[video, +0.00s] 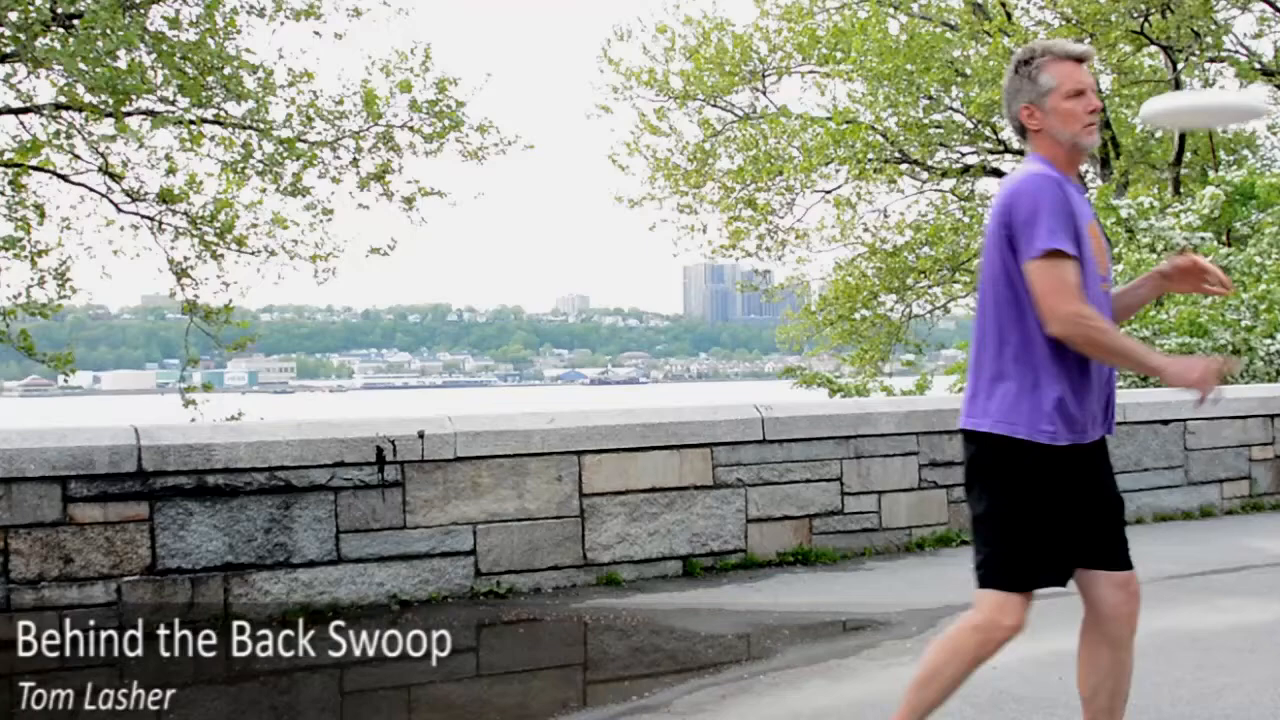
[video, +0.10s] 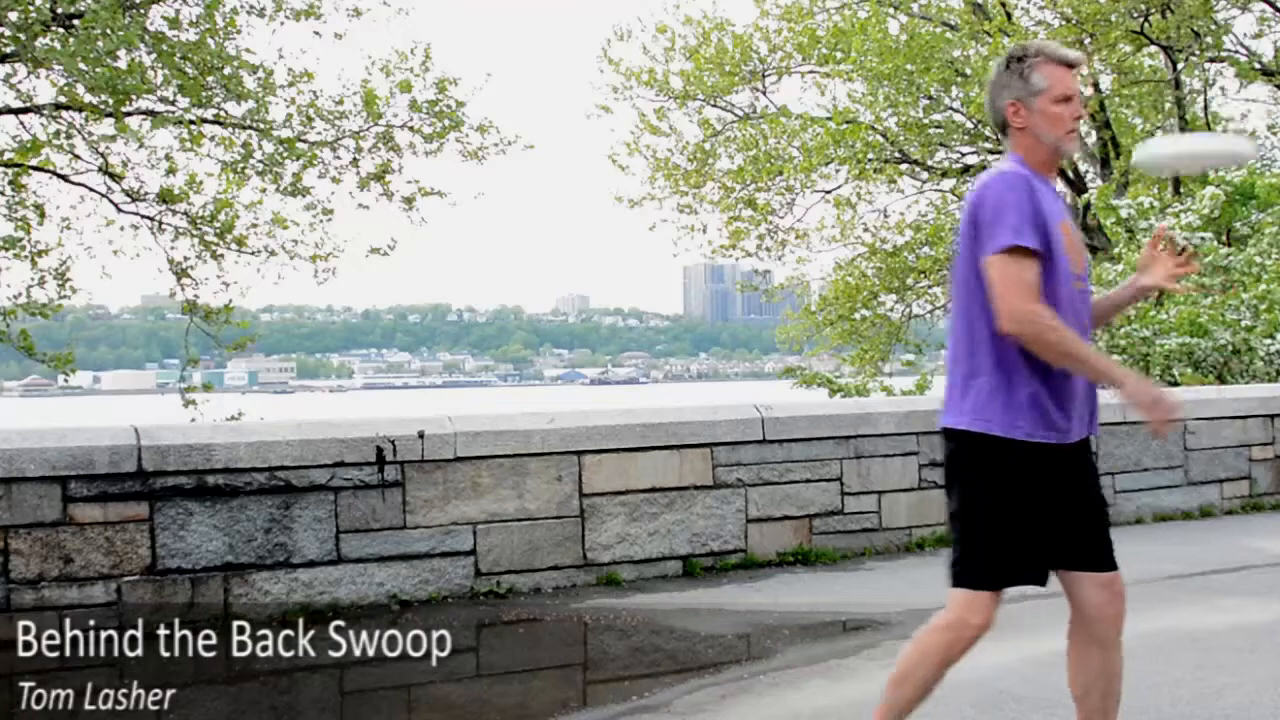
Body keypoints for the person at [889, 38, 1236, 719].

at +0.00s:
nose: (1094, 105)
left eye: (1093, 92)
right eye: (1075, 95)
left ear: (1094, 102)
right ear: (1032, 117)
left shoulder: (1070, 194)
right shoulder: (1034, 188)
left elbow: (1092, 314)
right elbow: (1063, 317)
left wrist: (1157, 281)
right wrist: (1168, 368)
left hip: (1075, 438)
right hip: (1013, 436)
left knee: (1115, 601)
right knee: (999, 614)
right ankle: (902, 714)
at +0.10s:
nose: (1080, 114)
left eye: (1080, 101)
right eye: (1064, 102)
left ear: (1038, 114)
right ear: (1018, 114)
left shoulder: (1051, 198)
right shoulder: (1005, 187)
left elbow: (1067, 321)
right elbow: (1016, 314)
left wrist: (1138, 283)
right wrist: (1127, 381)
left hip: (1057, 438)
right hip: (992, 436)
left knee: (1101, 603)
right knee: (969, 614)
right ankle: (882, 716)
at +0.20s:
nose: (1051, 133)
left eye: (1053, 119)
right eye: (1039, 118)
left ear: (1014, 123)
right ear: (993, 119)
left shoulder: (1014, 215)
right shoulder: (956, 192)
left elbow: (1032, 341)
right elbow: (939, 315)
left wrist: (1124, 308)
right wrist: (1039, 400)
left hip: (1017, 444)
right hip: (944, 444)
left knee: (1081, 604)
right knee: (916, 622)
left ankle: (1095, 719)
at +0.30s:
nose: (1020, 156)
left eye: (1023, 142)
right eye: (1011, 139)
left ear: (986, 143)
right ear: (966, 136)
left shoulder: (987, 237)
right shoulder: (907, 208)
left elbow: (990, 362)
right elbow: (869, 323)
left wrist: (1100, 375)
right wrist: (949, 425)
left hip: (986, 451)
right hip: (897, 454)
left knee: (1073, 594)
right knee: (887, 637)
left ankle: (1088, 718)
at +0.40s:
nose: (1002, 173)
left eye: (1005, 159)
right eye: (993, 157)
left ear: (960, 156)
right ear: (947, 152)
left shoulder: (968, 254)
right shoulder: (882, 218)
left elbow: (973, 376)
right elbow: (826, 328)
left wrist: (1070, 430)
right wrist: (865, 444)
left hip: (953, 445)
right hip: (869, 454)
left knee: (1060, 560)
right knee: (877, 638)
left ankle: (1061, 716)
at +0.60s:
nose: (978, 211)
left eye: (984, 198)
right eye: (972, 193)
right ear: (925, 175)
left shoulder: (941, 272)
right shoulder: (854, 230)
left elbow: (945, 387)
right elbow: (785, 339)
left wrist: (1000, 491)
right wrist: (757, 453)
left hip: (908, 439)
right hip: (828, 457)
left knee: (1040, 475)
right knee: (848, 643)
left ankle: (1103, 681)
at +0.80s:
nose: (919, 187)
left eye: (931, 174)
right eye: (907, 169)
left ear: (941, 175)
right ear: (871, 160)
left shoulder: (931, 261)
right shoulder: (814, 230)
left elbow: (915, 368)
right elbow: (757, 338)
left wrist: (936, 448)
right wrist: (742, 449)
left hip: (909, 438)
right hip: (826, 454)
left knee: (1041, 477)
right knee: (846, 644)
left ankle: (1104, 684)